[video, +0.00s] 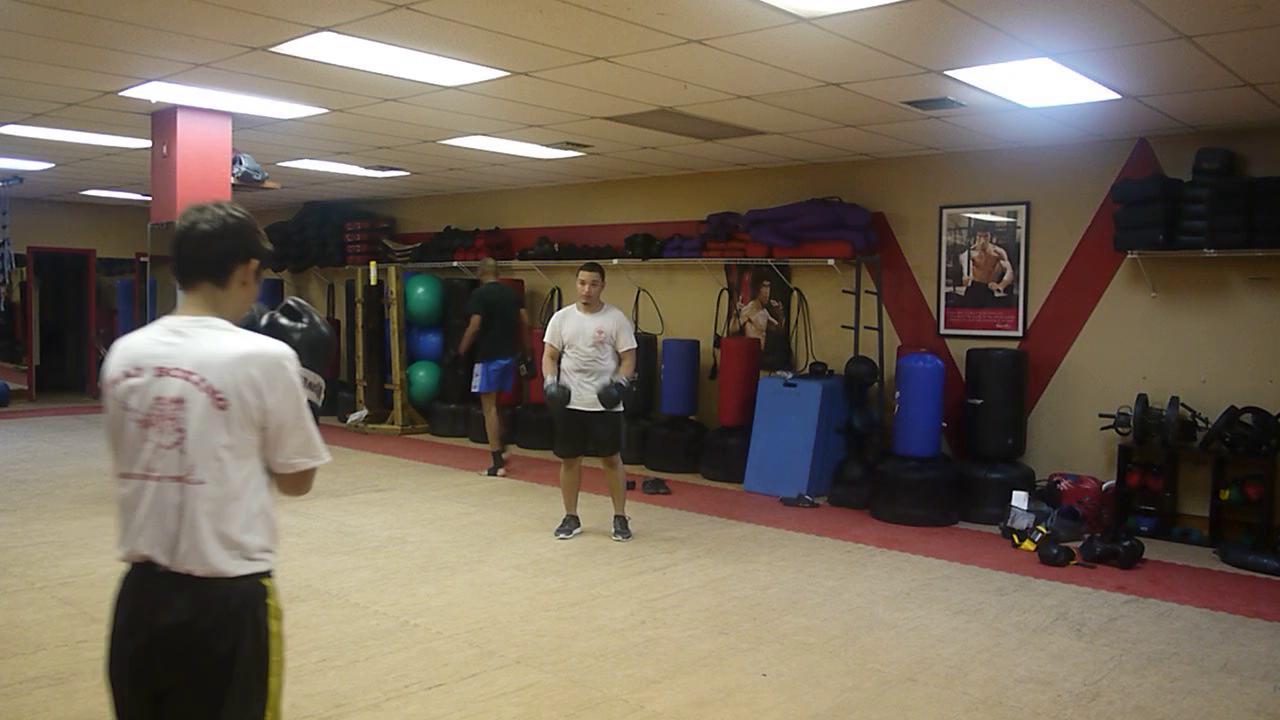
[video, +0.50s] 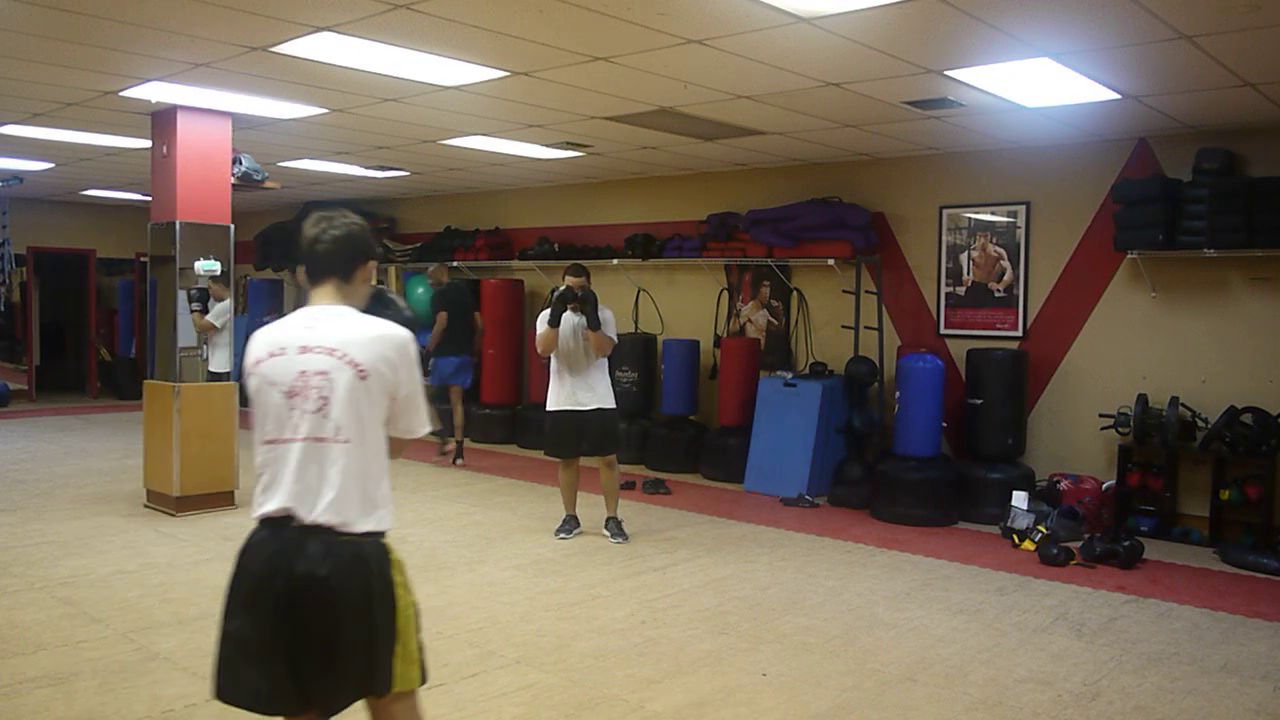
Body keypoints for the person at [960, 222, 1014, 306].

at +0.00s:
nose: (982, 241)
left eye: (985, 237)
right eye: (979, 237)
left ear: (990, 237)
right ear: (976, 237)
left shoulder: (999, 252)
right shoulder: (971, 252)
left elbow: (1009, 272)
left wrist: (1000, 286)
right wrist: (966, 278)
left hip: (990, 288)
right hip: (974, 286)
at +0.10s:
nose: (982, 241)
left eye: (985, 237)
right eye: (979, 237)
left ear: (990, 237)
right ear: (975, 237)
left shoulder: (999, 252)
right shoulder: (971, 252)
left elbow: (1009, 272)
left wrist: (1000, 286)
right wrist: (966, 278)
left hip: (990, 288)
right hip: (975, 287)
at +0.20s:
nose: (982, 241)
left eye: (985, 237)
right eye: (979, 237)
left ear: (990, 237)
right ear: (975, 237)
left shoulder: (999, 252)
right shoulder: (971, 252)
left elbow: (1009, 272)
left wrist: (1000, 286)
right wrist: (966, 278)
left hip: (991, 288)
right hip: (975, 287)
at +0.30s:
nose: (982, 241)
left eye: (985, 237)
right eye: (979, 237)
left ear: (990, 237)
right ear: (976, 237)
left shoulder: (999, 252)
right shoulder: (971, 252)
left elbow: (1009, 272)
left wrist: (1000, 286)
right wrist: (965, 278)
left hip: (990, 288)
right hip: (975, 287)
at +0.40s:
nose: (982, 241)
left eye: (985, 237)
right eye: (979, 237)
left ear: (990, 237)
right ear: (975, 237)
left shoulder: (999, 252)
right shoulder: (971, 252)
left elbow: (1009, 272)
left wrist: (1000, 286)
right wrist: (966, 278)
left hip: (991, 288)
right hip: (975, 287)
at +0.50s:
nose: (982, 241)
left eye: (985, 237)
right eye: (979, 237)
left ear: (990, 237)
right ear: (976, 237)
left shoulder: (999, 252)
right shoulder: (971, 252)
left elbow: (1009, 272)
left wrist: (1000, 286)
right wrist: (965, 278)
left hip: (990, 288)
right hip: (975, 287)